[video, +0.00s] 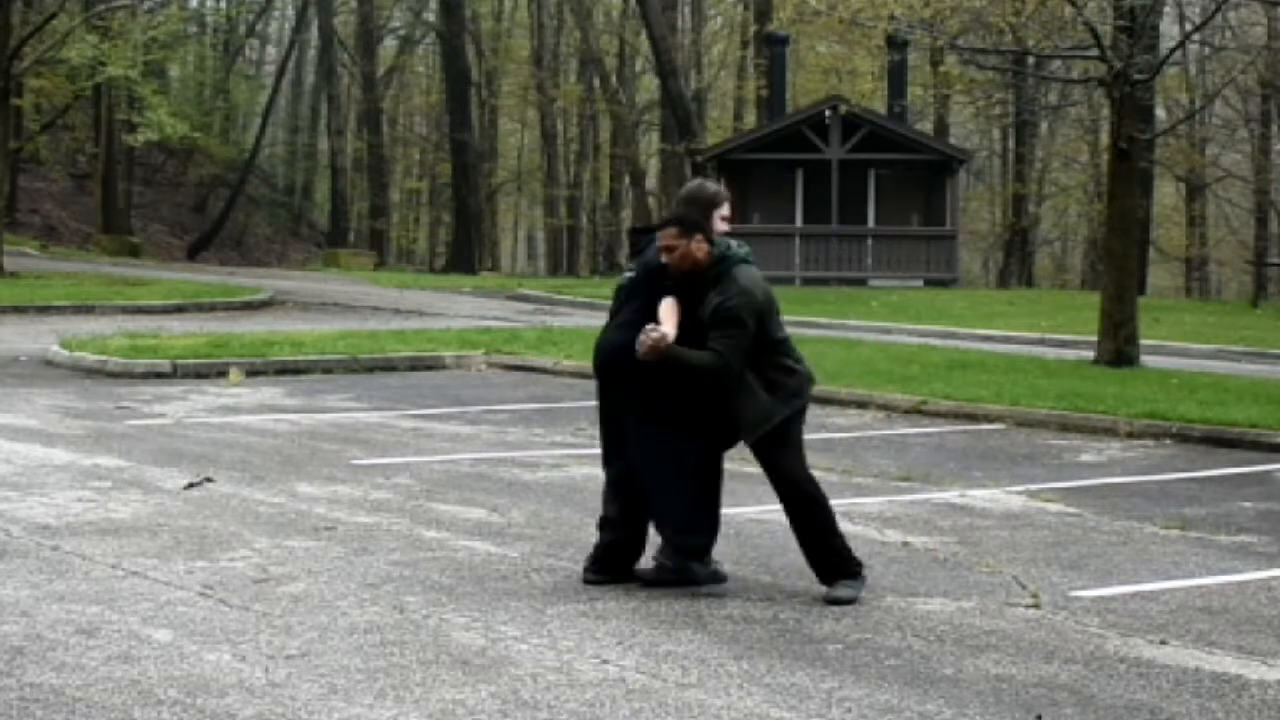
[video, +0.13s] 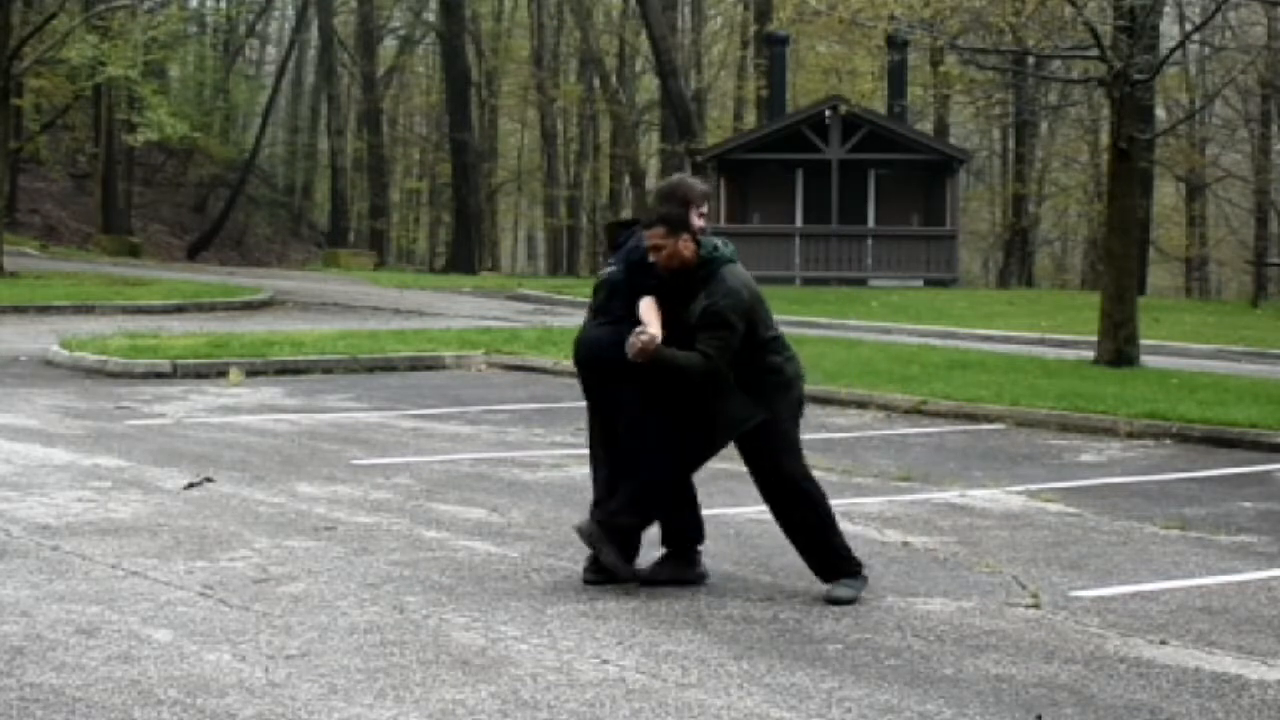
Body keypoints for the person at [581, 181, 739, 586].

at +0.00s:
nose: (729, 224)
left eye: (729, 217)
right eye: (724, 217)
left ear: (697, 222)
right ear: (706, 219)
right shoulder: (680, 257)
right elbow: (670, 294)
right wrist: (669, 327)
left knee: (629, 457)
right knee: (690, 465)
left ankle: (612, 554)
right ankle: (686, 557)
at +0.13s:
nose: (654, 260)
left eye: (661, 250)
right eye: (650, 251)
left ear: (688, 244)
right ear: (651, 249)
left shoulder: (727, 288)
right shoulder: (672, 280)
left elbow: (710, 364)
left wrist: (656, 352)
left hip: (766, 392)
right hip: (721, 390)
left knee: (783, 479)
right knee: (667, 461)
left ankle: (845, 573)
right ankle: (681, 557)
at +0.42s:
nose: (646, 256)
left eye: (652, 246)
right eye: (643, 248)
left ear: (679, 237)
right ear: (652, 243)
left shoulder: (720, 272)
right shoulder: (660, 276)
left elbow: (676, 320)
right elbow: (626, 305)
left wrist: (612, 307)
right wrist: (598, 301)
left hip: (766, 390)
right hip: (709, 396)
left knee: (814, 470)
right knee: (663, 455)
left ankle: (878, 560)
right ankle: (678, 560)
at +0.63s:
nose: (678, 252)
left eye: (684, 242)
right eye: (675, 244)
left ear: (712, 235)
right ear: (686, 242)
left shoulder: (747, 265)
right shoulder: (699, 276)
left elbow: (688, 312)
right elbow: (675, 329)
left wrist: (672, 280)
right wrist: (623, 378)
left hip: (781, 395)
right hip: (722, 400)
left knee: (830, 476)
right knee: (666, 455)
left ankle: (890, 564)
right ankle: (679, 562)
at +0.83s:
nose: (697, 255)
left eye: (702, 247)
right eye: (695, 247)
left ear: (727, 243)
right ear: (724, 245)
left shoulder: (782, 281)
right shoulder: (719, 286)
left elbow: (754, 332)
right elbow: (678, 333)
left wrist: (700, 336)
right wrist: (648, 309)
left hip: (803, 405)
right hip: (742, 405)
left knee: (846, 478)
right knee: (679, 453)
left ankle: (892, 568)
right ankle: (680, 562)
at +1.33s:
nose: (711, 252)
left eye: (716, 243)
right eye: (710, 244)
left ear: (744, 241)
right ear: (733, 245)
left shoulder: (797, 285)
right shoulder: (727, 289)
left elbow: (766, 334)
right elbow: (676, 327)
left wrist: (714, 329)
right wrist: (621, 305)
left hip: (808, 410)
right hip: (745, 410)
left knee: (848, 481)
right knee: (680, 453)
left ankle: (891, 569)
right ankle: (680, 561)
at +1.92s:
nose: (827, 202)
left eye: (834, 194)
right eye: (828, 194)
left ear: (860, 198)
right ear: (852, 200)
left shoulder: (903, 248)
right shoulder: (840, 249)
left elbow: (898, 314)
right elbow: (790, 277)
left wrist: (837, 347)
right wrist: (725, 269)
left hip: (914, 378)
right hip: (863, 379)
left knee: (899, 469)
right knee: (824, 455)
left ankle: (922, 571)